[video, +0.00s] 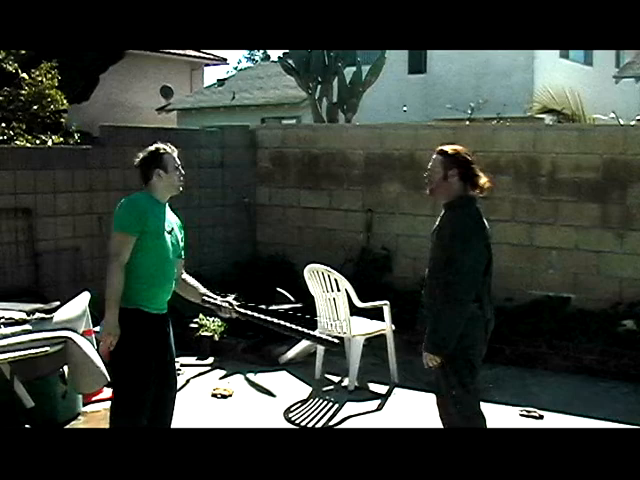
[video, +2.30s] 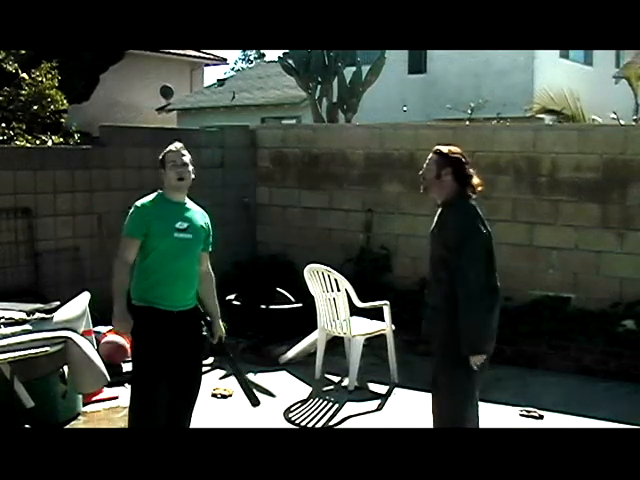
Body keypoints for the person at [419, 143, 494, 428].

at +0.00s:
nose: (427, 178)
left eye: (432, 173)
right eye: (428, 172)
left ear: (453, 177)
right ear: (450, 178)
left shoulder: (462, 222)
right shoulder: (456, 216)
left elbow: (456, 291)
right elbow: (450, 287)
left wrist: (435, 344)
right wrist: (435, 339)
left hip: (460, 335)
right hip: (456, 332)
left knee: (460, 412)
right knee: (455, 410)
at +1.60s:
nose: (419, 174)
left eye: (425, 169)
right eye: (421, 168)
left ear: (444, 176)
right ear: (444, 177)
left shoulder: (453, 219)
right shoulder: (452, 213)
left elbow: (451, 285)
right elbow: (447, 281)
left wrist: (437, 342)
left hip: (459, 332)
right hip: (459, 329)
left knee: (447, 411)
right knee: (457, 409)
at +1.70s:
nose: (420, 179)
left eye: (426, 173)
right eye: (421, 172)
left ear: (446, 176)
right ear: (444, 176)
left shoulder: (455, 216)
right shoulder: (451, 211)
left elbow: (442, 278)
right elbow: (446, 269)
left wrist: (408, 318)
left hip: (458, 323)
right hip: (455, 318)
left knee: (446, 399)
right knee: (451, 396)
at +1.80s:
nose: (422, 179)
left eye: (428, 173)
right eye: (424, 173)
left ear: (447, 177)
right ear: (447, 178)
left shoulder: (457, 215)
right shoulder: (454, 211)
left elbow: (434, 262)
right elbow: (439, 251)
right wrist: (409, 248)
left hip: (455, 327)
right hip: (455, 323)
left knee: (444, 402)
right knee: (455, 398)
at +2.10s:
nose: (425, 178)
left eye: (431, 172)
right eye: (427, 171)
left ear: (450, 176)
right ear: (449, 177)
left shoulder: (459, 215)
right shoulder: (457, 211)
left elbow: (443, 274)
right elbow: (440, 269)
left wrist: (394, 298)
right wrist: (409, 279)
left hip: (460, 327)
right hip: (458, 323)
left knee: (449, 402)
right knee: (457, 399)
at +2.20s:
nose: (424, 178)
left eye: (430, 172)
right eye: (425, 171)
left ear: (449, 177)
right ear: (448, 177)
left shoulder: (458, 218)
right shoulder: (456, 213)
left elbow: (451, 284)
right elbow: (447, 281)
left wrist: (431, 337)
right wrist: (431, 330)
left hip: (460, 336)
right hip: (458, 333)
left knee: (452, 415)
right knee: (456, 413)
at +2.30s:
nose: (422, 181)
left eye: (427, 174)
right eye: (423, 174)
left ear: (447, 177)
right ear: (445, 178)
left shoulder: (466, 221)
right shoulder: (448, 215)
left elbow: (478, 287)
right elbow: (453, 281)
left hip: (460, 338)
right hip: (446, 334)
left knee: (455, 413)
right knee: (448, 410)